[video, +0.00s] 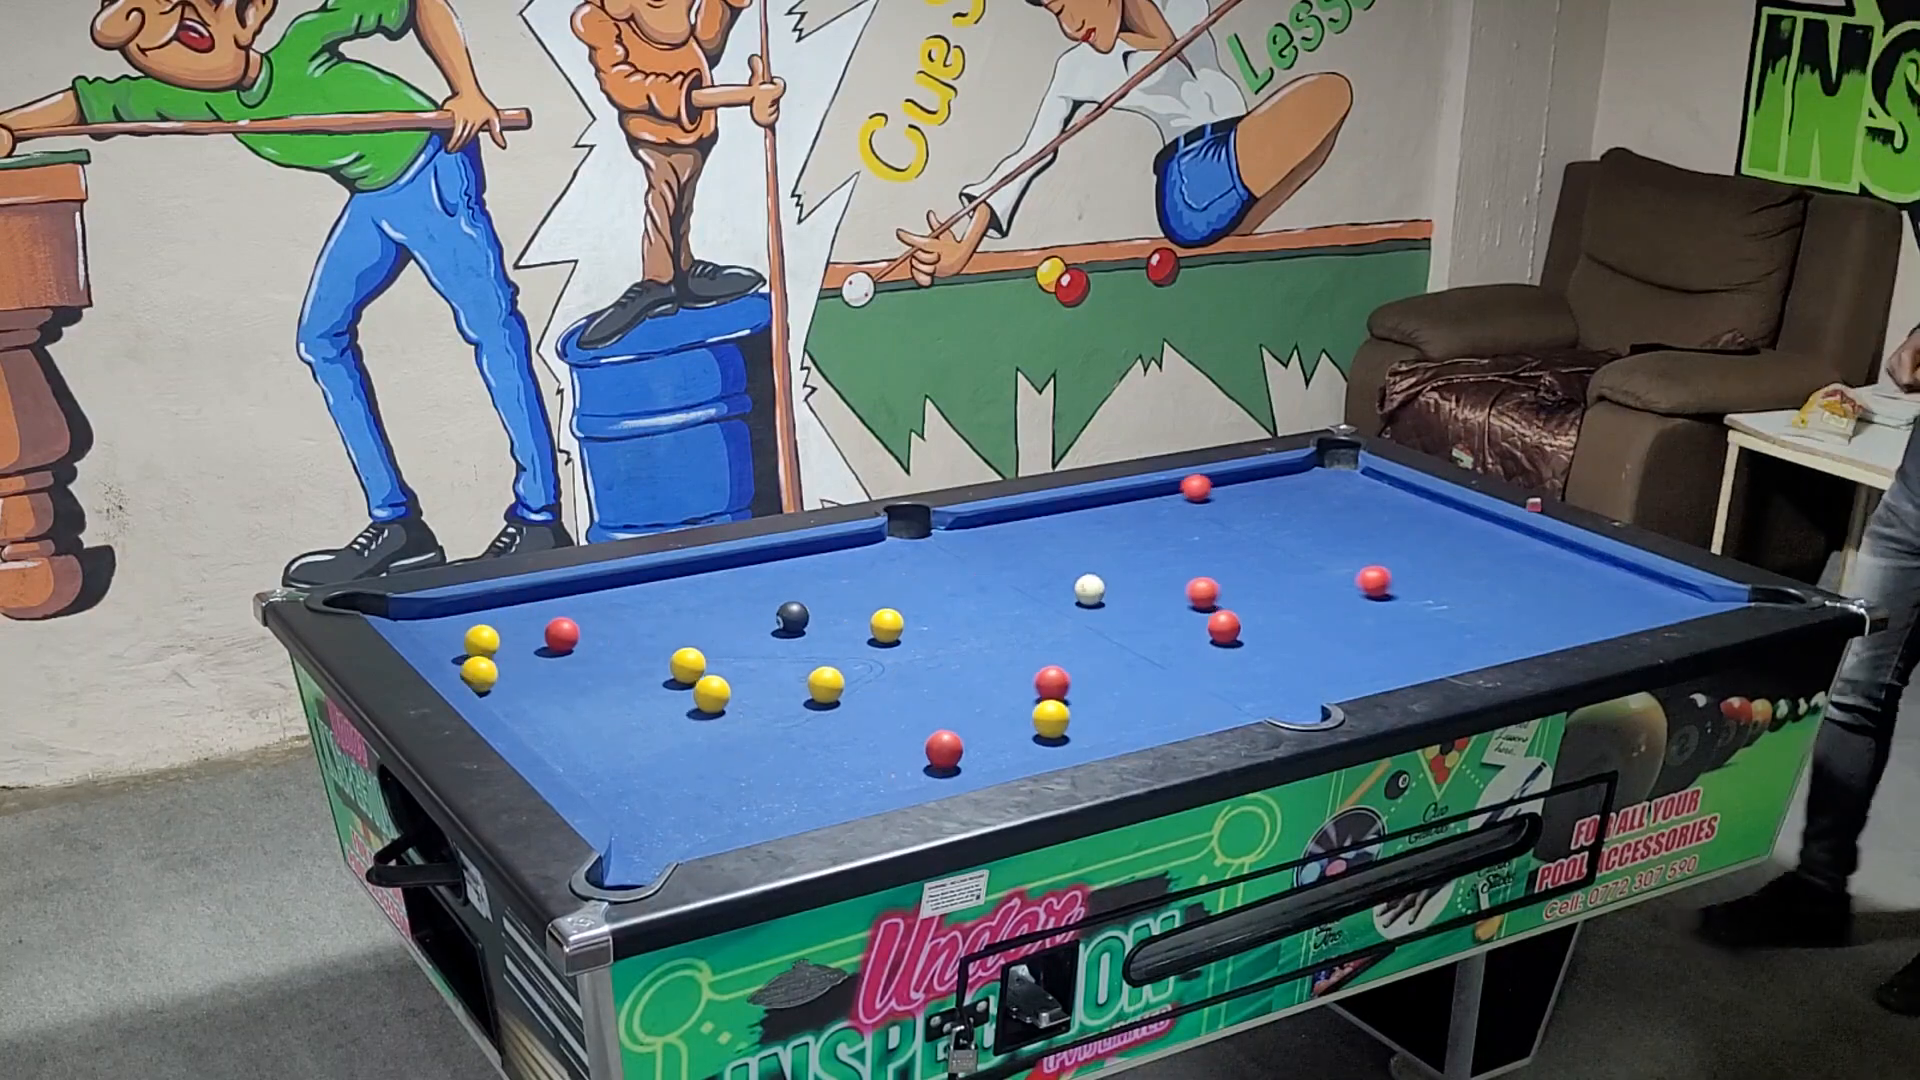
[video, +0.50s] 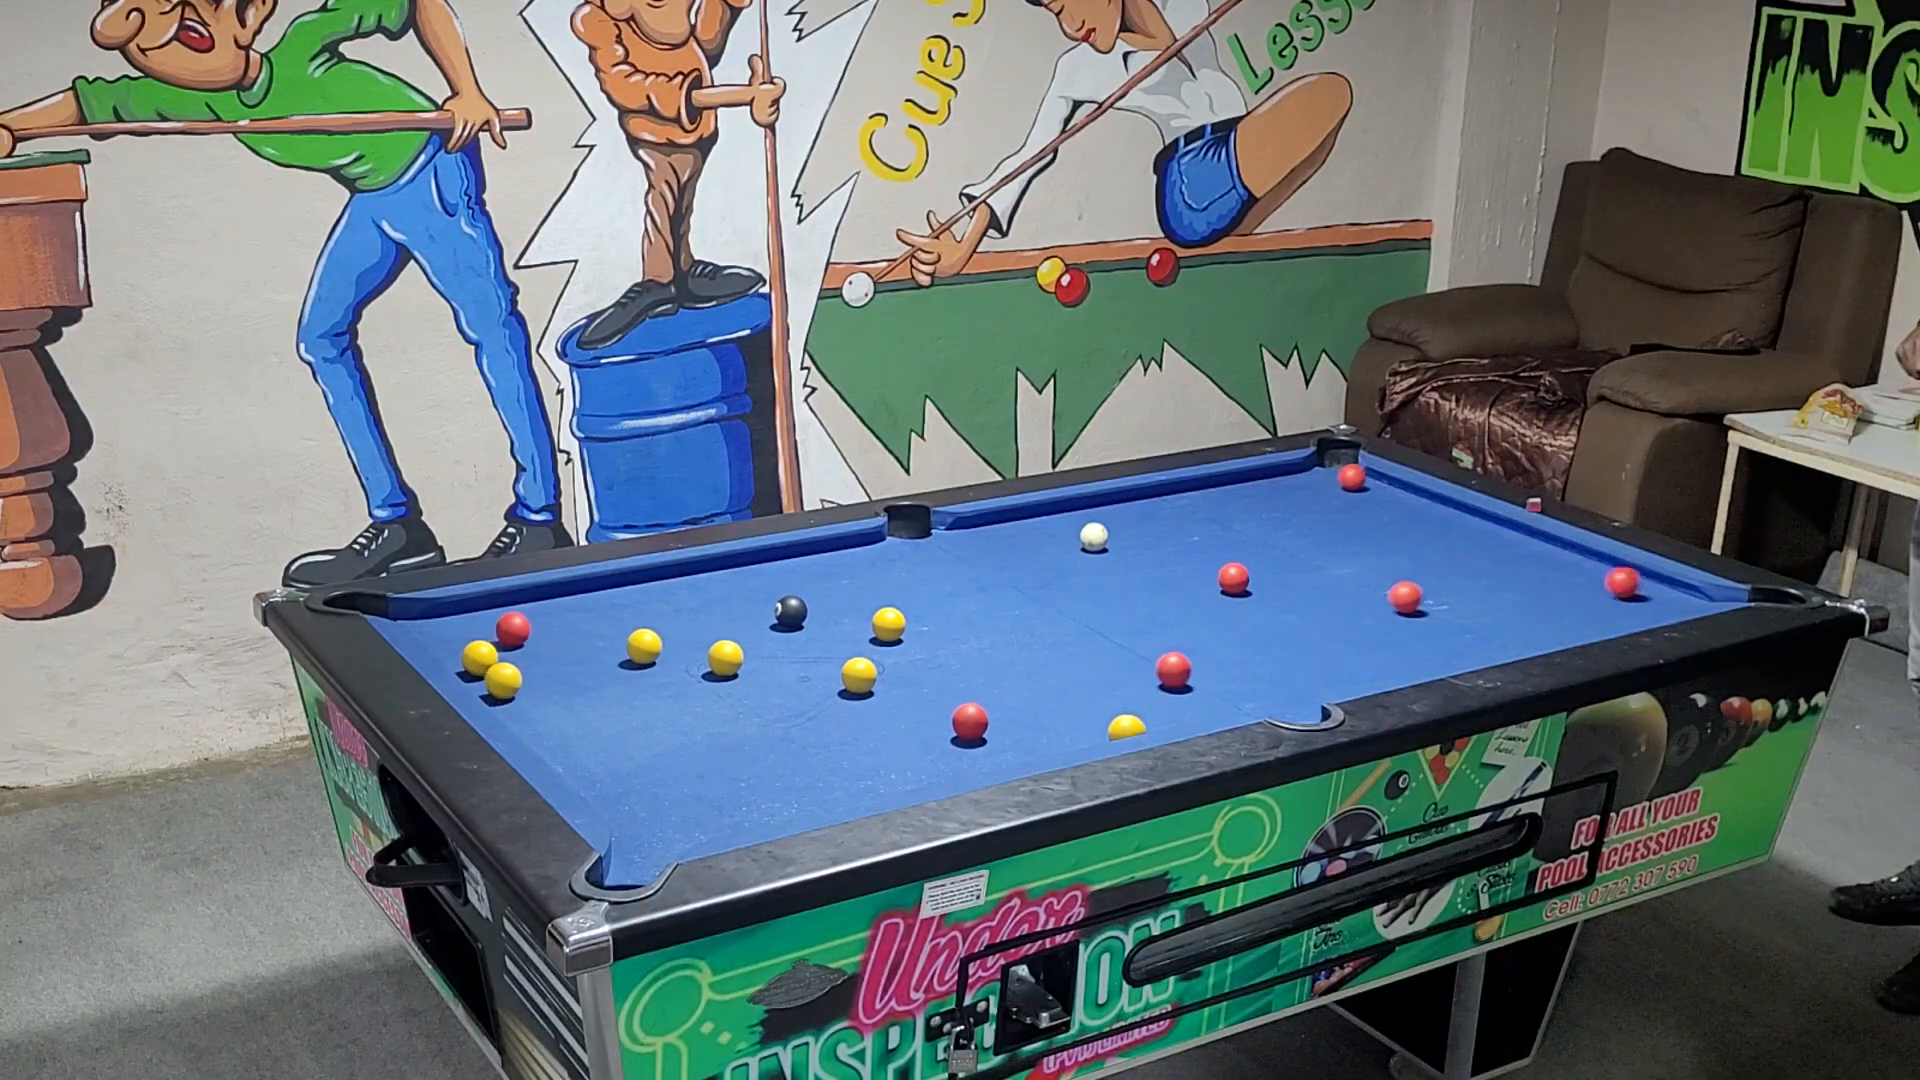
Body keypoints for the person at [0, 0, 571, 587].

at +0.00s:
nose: (208, 58)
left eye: (201, 43)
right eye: (191, 58)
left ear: (228, 22)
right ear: (185, 74)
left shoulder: (301, 37)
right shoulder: (213, 98)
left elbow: (419, 4)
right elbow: (90, 101)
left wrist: (467, 87)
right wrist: (9, 124)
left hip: (426, 165)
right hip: (369, 198)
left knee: (492, 329)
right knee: (322, 337)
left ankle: (541, 516)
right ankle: (397, 522)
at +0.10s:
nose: (209, 58)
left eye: (201, 43)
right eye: (191, 58)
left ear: (228, 22)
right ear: (185, 75)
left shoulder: (300, 37)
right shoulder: (213, 98)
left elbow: (419, 4)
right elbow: (90, 101)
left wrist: (467, 87)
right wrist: (9, 124)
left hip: (426, 165)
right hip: (369, 199)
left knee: (492, 329)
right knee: (322, 337)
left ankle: (540, 516)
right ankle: (397, 522)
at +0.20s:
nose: (209, 58)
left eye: (202, 43)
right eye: (192, 58)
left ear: (228, 22)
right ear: (186, 75)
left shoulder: (300, 37)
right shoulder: (213, 98)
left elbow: (418, 4)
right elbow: (90, 101)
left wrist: (467, 87)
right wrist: (9, 124)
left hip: (426, 165)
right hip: (369, 198)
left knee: (492, 329)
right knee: (322, 337)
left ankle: (541, 516)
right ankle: (397, 522)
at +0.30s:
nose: (209, 58)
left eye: (202, 43)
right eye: (191, 58)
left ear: (229, 22)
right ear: (186, 74)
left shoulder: (300, 37)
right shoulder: (213, 98)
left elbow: (418, 4)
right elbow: (90, 101)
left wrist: (467, 87)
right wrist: (9, 124)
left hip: (426, 165)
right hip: (369, 198)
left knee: (492, 328)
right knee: (322, 337)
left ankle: (541, 516)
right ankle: (397, 522)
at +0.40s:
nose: (208, 58)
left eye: (201, 42)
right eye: (191, 58)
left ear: (229, 22)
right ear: (185, 74)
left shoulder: (300, 37)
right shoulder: (213, 98)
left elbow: (418, 4)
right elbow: (91, 101)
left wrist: (467, 87)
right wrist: (9, 124)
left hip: (426, 165)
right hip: (369, 198)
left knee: (492, 328)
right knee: (322, 337)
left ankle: (541, 516)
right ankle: (397, 522)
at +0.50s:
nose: (207, 60)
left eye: (200, 44)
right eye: (190, 59)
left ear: (228, 23)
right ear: (184, 74)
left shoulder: (300, 37)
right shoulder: (212, 98)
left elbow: (418, 4)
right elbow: (90, 101)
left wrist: (467, 87)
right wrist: (9, 124)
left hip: (426, 165)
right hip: (369, 199)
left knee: (492, 329)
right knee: (322, 337)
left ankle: (541, 516)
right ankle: (397, 522)